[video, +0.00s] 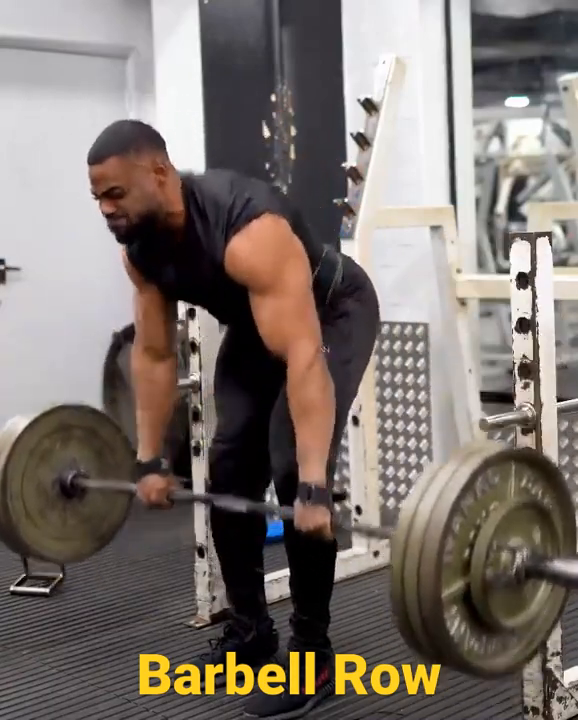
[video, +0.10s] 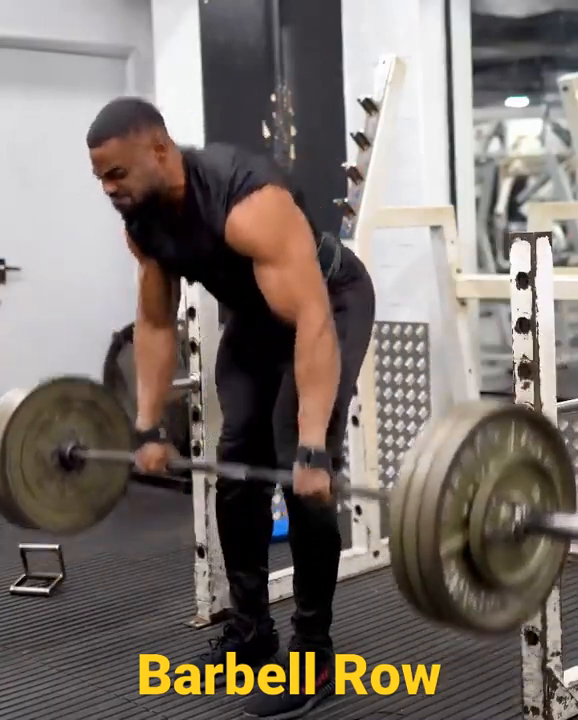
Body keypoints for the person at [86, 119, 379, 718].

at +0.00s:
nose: (106, 212)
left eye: (114, 194)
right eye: (98, 198)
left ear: (160, 172)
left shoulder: (250, 229)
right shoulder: (142, 245)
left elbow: (304, 355)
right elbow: (154, 353)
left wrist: (312, 485)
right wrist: (150, 458)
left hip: (333, 308)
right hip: (253, 319)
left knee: (299, 469)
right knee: (229, 469)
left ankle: (311, 650)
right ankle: (248, 630)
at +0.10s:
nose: (110, 190)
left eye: (117, 174)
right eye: (102, 178)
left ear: (160, 148)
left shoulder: (252, 203)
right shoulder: (143, 219)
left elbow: (315, 320)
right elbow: (154, 321)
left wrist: (312, 449)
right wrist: (149, 429)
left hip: (327, 300)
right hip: (252, 312)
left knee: (309, 468)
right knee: (237, 465)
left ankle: (311, 649)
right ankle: (250, 627)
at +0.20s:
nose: (121, 154)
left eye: (127, 137)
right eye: (113, 142)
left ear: (170, 108)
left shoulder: (260, 155)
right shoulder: (152, 177)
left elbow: (336, 262)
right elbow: (157, 273)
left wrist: (313, 380)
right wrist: (147, 369)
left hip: (309, 321)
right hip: (240, 325)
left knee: (307, 482)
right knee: (240, 480)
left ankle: (313, 651)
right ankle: (249, 630)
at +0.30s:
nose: (126, 135)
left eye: (132, 119)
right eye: (118, 124)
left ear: (174, 89)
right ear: (124, 112)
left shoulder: (261, 133)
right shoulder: (153, 159)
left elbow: (349, 228)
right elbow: (157, 245)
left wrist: (315, 338)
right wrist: (147, 331)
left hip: (304, 313)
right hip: (235, 315)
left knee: (304, 480)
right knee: (240, 480)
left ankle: (314, 652)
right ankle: (249, 631)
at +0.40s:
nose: (119, 138)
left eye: (124, 121)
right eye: (110, 127)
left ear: (165, 91)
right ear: (113, 115)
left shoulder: (254, 129)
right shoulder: (148, 154)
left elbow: (362, 196)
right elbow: (164, 219)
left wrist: (317, 294)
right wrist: (147, 291)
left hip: (301, 312)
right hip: (228, 315)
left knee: (294, 474)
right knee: (228, 477)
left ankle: (313, 651)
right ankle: (248, 630)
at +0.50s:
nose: (108, 162)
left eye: (113, 145)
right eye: (99, 151)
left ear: (154, 116)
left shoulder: (245, 143)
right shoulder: (141, 175)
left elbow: (360, 187)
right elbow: (164, 223)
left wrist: (316, 286)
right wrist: (146, 283)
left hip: (302, 322)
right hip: (229, 325)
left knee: (285, 469)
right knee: (218, 472)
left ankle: (310, 647)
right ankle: (247, 627)